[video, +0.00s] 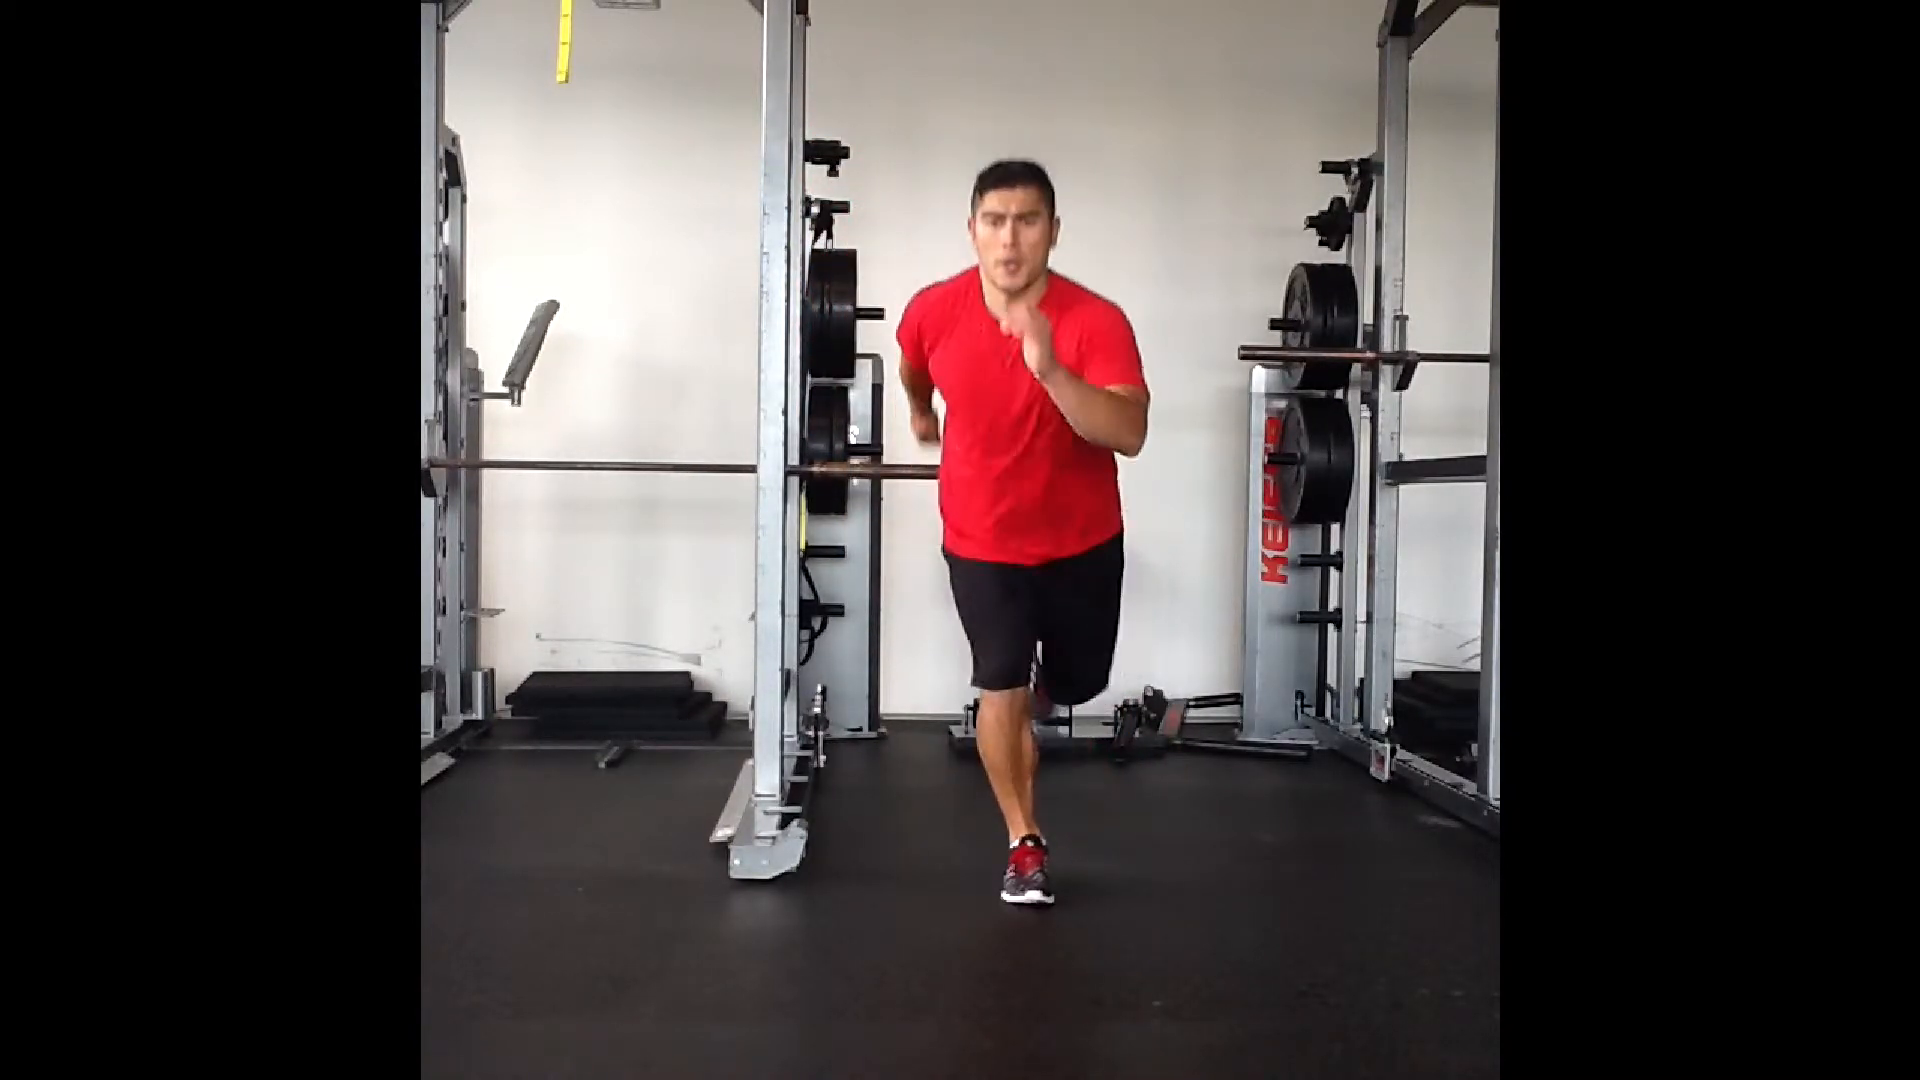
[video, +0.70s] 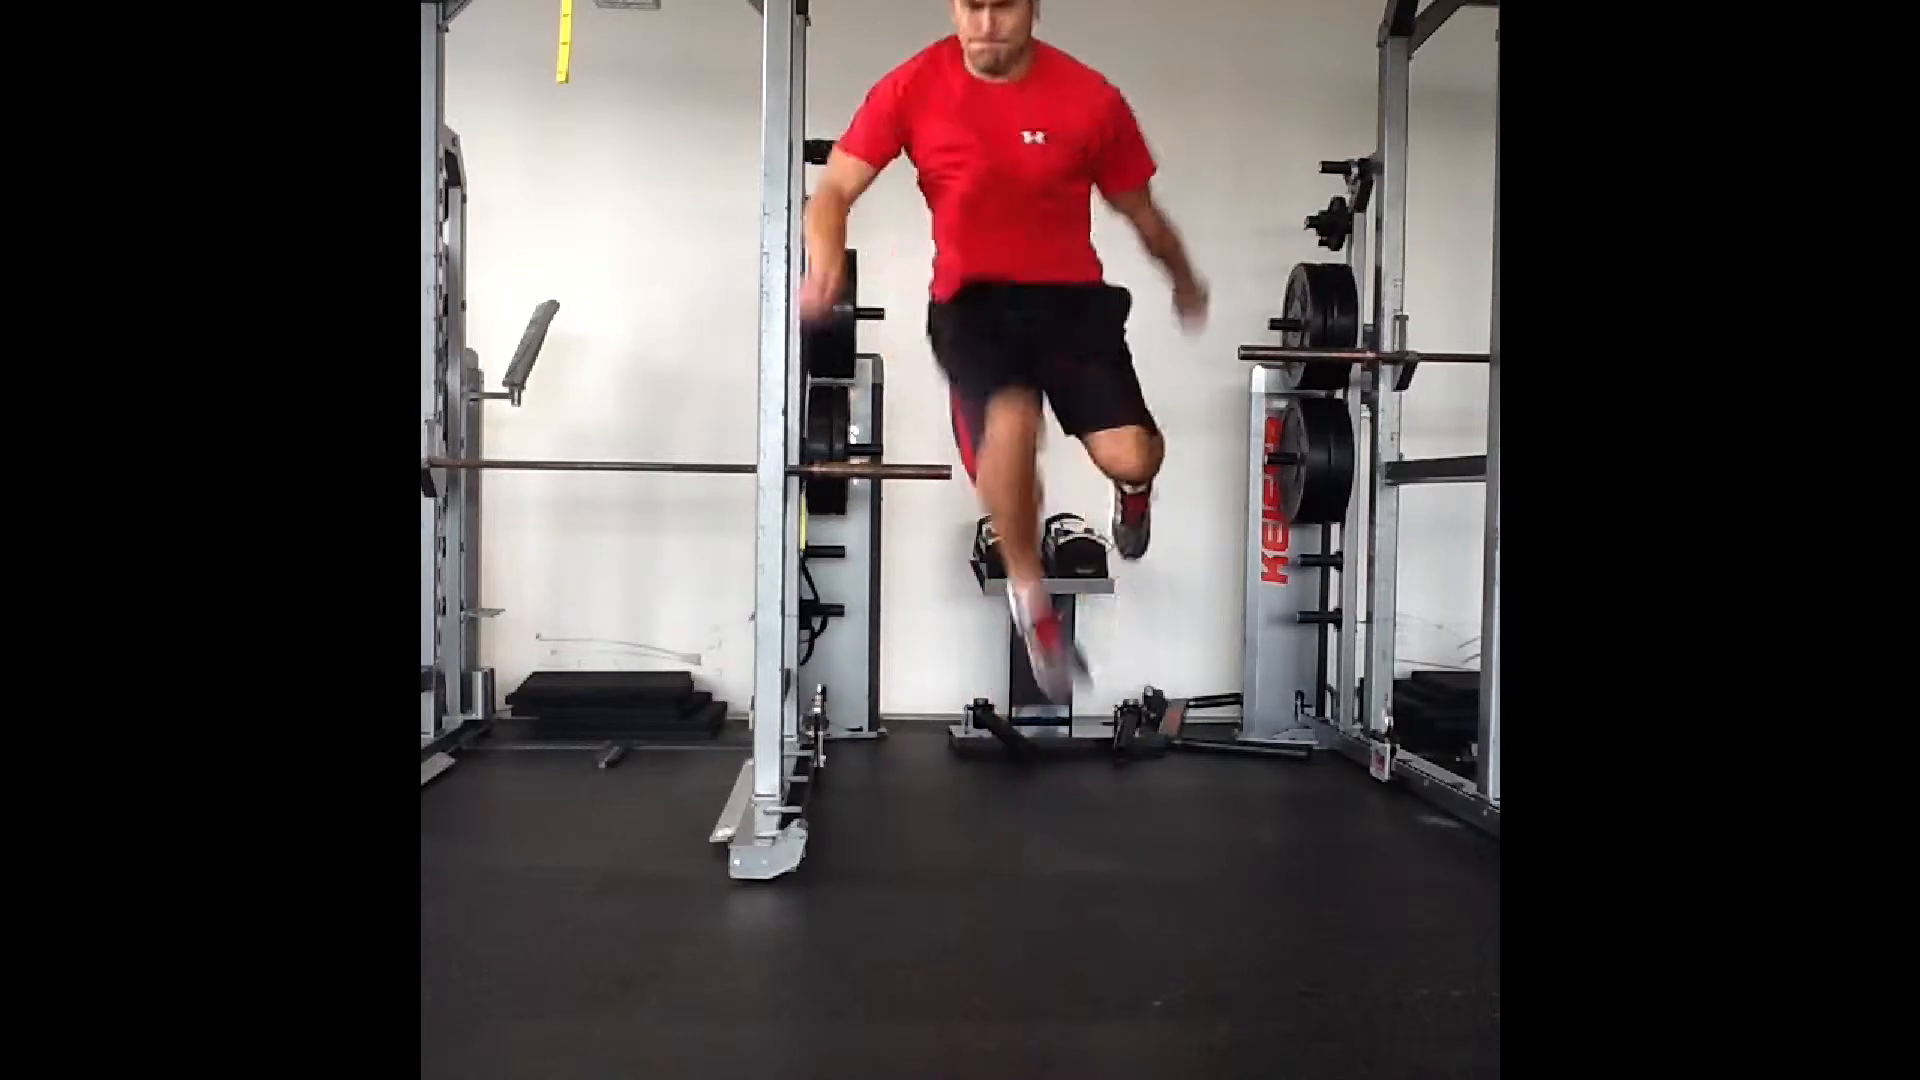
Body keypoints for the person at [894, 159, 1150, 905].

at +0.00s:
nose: (1010, 236)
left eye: (1026, 220)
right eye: (994, 220)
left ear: (1052, 232)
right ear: (973, 231)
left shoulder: (1095, 321)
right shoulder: (934, 312)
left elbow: (1129, 432)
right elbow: (914, 373)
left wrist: (1052, 372)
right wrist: (925, 417)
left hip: (1083, 540)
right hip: (985, 541)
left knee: (1079, 677)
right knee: (1007, 681)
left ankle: (1032, 702)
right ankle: (1023, 842)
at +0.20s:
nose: (995, 295)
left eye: (1012, 278)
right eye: (981, 278)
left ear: (1039, 287)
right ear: (959, 288)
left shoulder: (1081, 359)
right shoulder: (929, 359)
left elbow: (1121, 463)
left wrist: (1040, 440)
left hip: (1083, 567)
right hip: (987, 563)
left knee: (1055, 685)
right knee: (1010, 695)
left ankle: (1021, 709)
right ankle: (1026, 845)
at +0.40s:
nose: (994, 226)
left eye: (1009, 210)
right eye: (978, 212)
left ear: (1035, 222)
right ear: (955, 227)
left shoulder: (1094, 316)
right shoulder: (925, 342)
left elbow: (1141, 423)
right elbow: (922, 479)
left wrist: (1174, 508)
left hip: (1082, 529)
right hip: (982, 545)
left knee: (1078, 674)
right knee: (1006, 695)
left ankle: (1076, 769)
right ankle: (1024, 843)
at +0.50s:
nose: (997, 173)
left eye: (1012, 157)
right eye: (981, 159)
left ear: (1037, 164)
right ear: (958, 168)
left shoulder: (1091, 240)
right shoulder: (929, 250)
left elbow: (1171, 277)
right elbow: (890, 315)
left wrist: (1211, 319)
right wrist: (928, 319)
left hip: (1077, 445)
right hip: (983, 480)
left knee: (1070, 505)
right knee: (1001, 671)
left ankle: (1129, 668)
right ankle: (1023, 840)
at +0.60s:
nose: (1001, 85)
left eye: (1015, 68)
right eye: (985, 70)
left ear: (1043, 69)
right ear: (963, 75)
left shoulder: (1099, 141)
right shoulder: (930, 134)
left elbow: (1178, 179)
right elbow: (821, 169)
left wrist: (1212, 200)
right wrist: (885, 117)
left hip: (1066, 355)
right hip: (975, 379)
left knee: (1113, 440)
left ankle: (1139, 503)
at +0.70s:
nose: (983, 25)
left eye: (1000, 8)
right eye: (969, 7)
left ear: (1033, 11)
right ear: (952, 10)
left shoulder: (1089, 99)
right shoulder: (913, 88)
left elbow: (1140, 208)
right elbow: (832, 192)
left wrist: (1183, 278)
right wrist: (826, 268)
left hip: (1073, 298)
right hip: (973, 299)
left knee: (1132, 457)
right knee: (1011, 421)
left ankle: (1132, 486)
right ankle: (1035, 610)